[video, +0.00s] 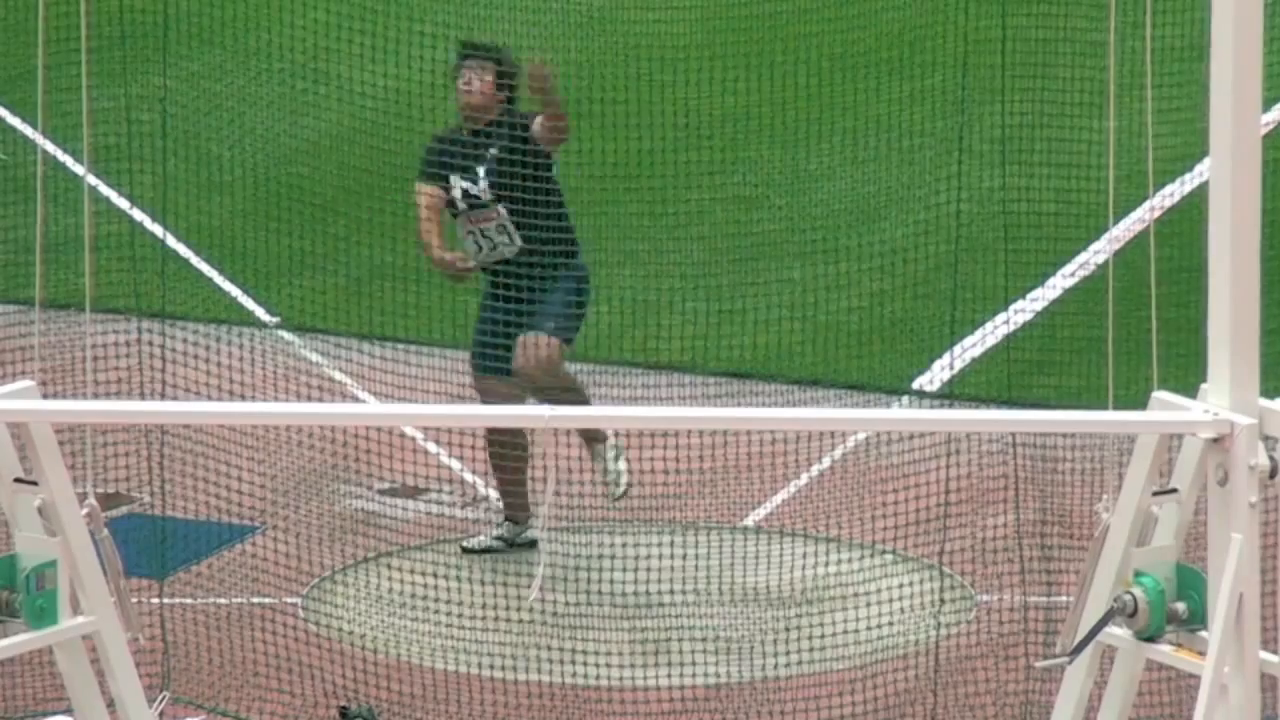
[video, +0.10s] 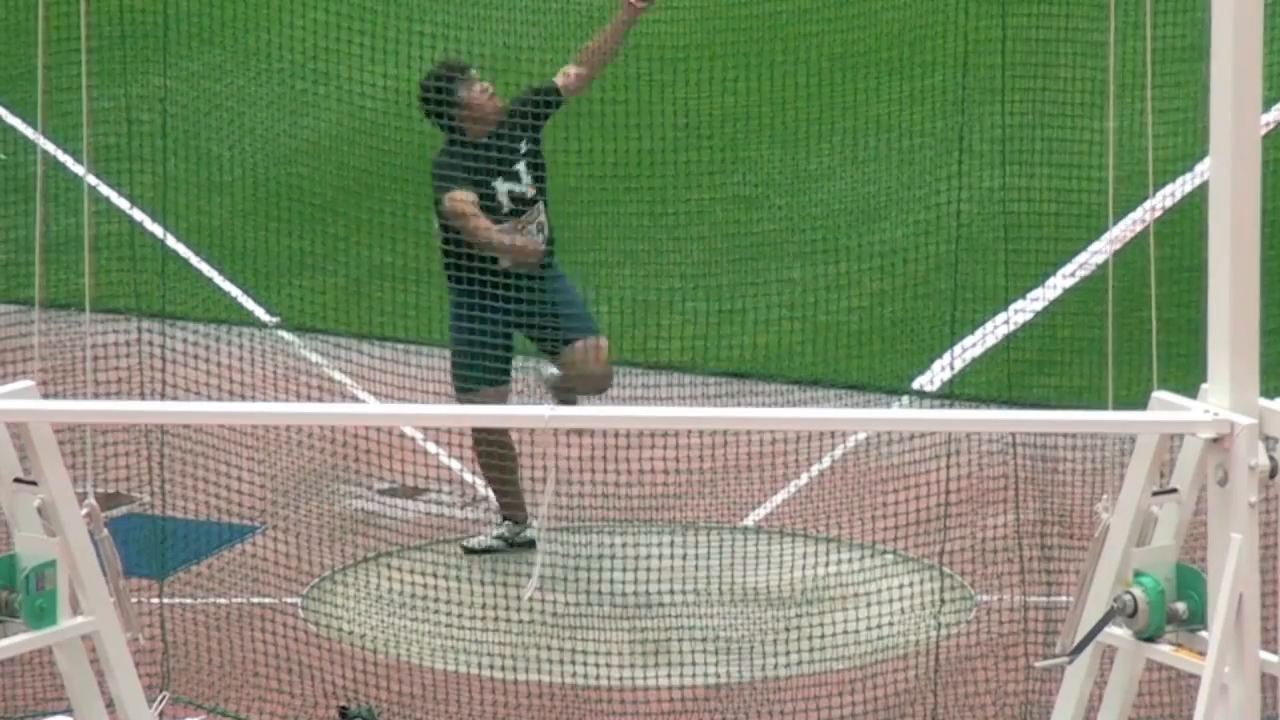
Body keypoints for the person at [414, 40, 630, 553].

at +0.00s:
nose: (469, 86)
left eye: (480, 79)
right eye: (464, 79)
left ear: (501, 90)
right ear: (455, 89)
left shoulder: (520, 129)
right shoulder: (444, 149)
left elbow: (553, 131)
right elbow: (429, 211)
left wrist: (550, 104)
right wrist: (438, 254)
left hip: (558, 276)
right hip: (504, 286)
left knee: (536, 363)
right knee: (496, 398)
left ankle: (600, 444)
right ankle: (518, 525)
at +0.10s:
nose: (486, 86)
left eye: (480, 80)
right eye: (473, 86)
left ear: (487, 92)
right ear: (457, 110)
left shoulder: (525, 117)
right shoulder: (451, 164)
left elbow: (581, 70)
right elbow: (464, 218)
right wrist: (509, 241)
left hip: (540, 278)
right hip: (479, 294)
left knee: (595, 372)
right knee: (485, 410)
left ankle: (557, 387)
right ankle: (515, 523)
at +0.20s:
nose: (523, 88)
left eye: (520, 82)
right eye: (514, 84)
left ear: (506, 98)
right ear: (494, 100)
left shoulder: (509, 129)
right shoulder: (486, 146)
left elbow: (519, 86)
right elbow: (531, 158)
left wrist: (531, 53)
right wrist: (582, 143)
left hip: (513, 281)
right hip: (477, 292)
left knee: (544, 362)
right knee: (493, 391)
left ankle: (429, 392)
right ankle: (469, 502)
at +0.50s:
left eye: (477, 76)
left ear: (469, 81)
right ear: (518, 83)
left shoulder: (451, 129)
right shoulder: (542, 135)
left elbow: (389, 146)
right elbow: (598, 166)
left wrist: (333, 154)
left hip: (458, 299)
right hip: (521, 302)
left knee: (443, 411)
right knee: (524, 404)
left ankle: (447, 537)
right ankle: (483, 506)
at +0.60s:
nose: (453, 91)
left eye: (454, 83)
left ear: (456, 86)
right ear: (504, 89)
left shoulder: (448, 135)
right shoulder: (528, 136)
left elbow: (396, 183)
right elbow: (516, 205)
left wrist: (383, 186)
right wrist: (461, 241)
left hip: (475, 303)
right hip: (537, 302)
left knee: (452, 415)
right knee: (537, 401)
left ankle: (451, 546)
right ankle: (500, 504)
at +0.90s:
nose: (483, 90)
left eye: (485, 82)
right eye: (496, 81)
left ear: (487, 88)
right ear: (533, 87)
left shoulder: (496, 147)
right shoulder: (548, 136)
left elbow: (503, 228)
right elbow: (522, 192)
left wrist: (497, 296)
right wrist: (462, 191)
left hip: (505, 301)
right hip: (555, 301)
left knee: (477, 420)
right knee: (546, 408)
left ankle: (454, 547)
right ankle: (586, 519)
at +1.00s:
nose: (499, 89)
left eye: (500, 81)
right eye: (507, 79)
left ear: (504, 87)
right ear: (548, 84)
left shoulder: (507, 150)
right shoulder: (567, 136)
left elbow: (509, 232)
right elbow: (538, 201)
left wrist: (493, 302)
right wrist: (472, 216)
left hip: (519, 299)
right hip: (568, 299)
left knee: (481, 412)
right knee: (557, 408)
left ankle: (461, 541)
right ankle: (586, 524)